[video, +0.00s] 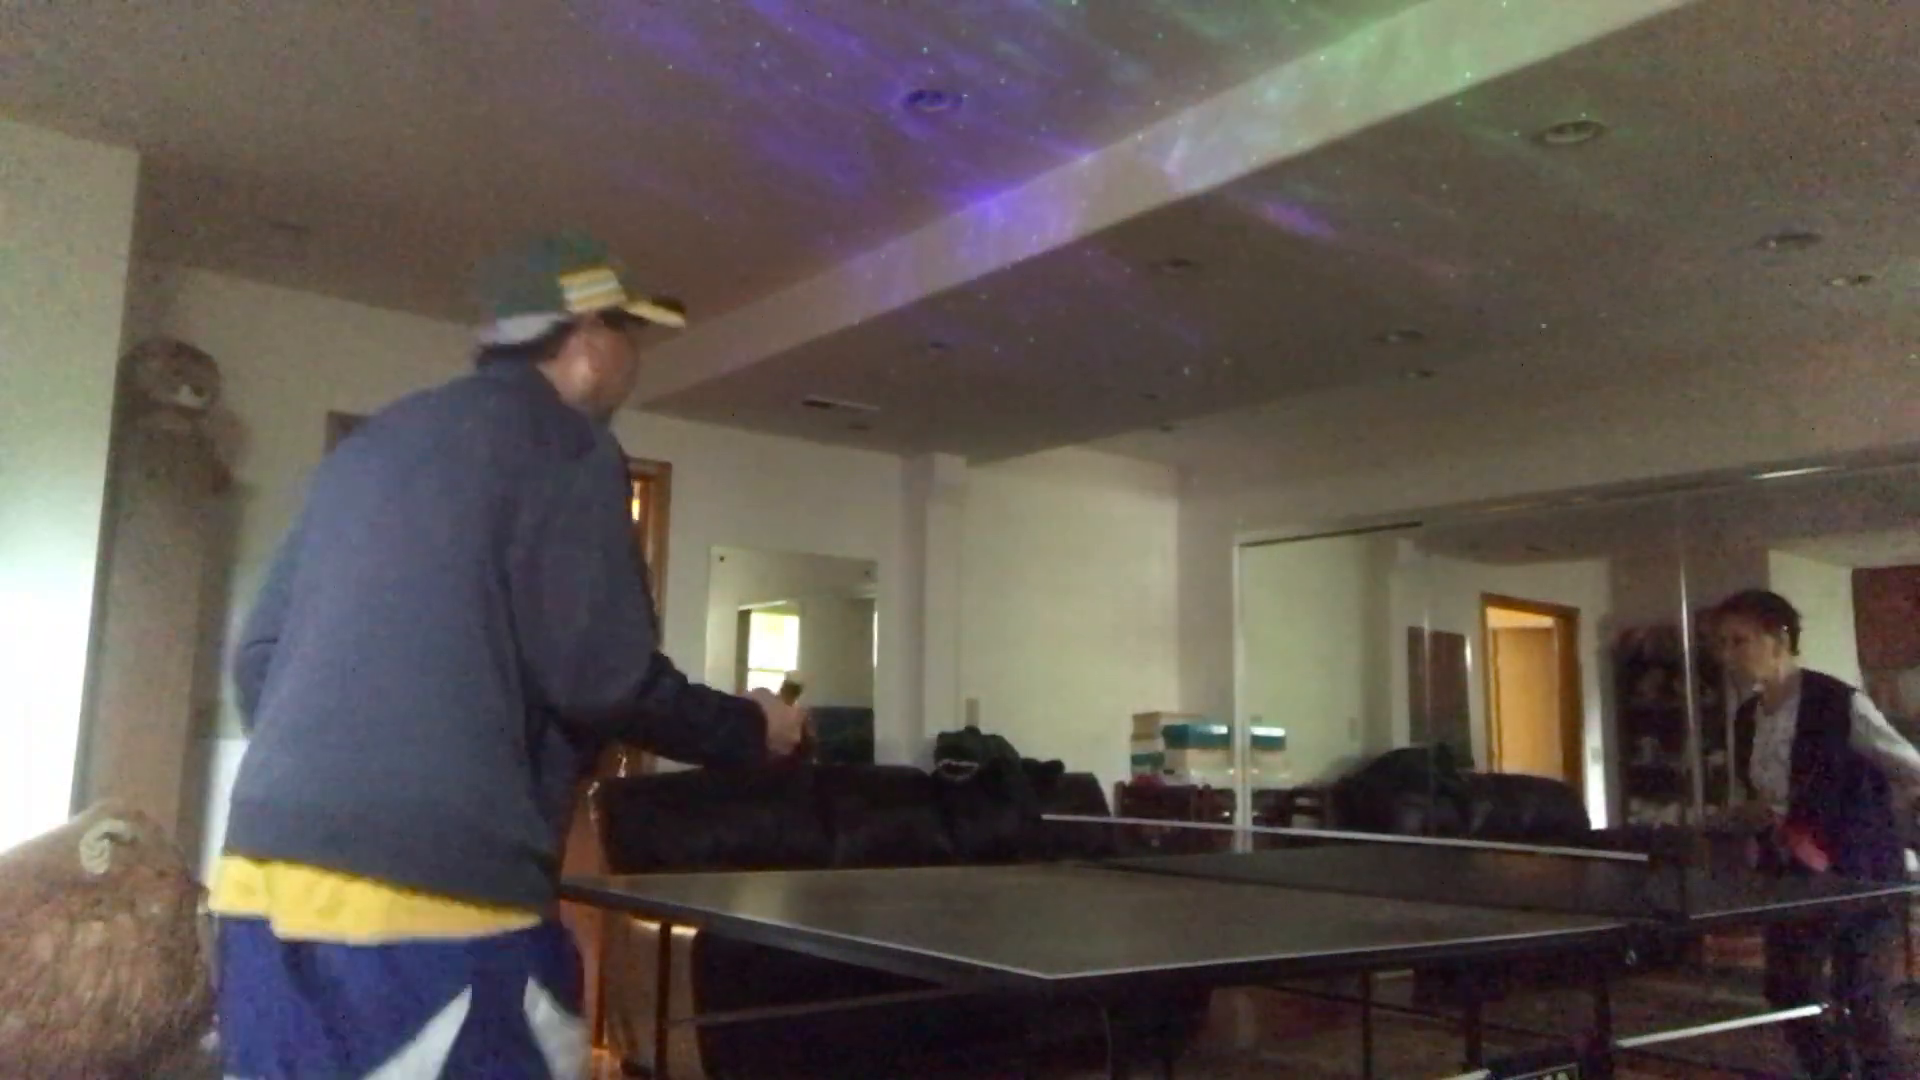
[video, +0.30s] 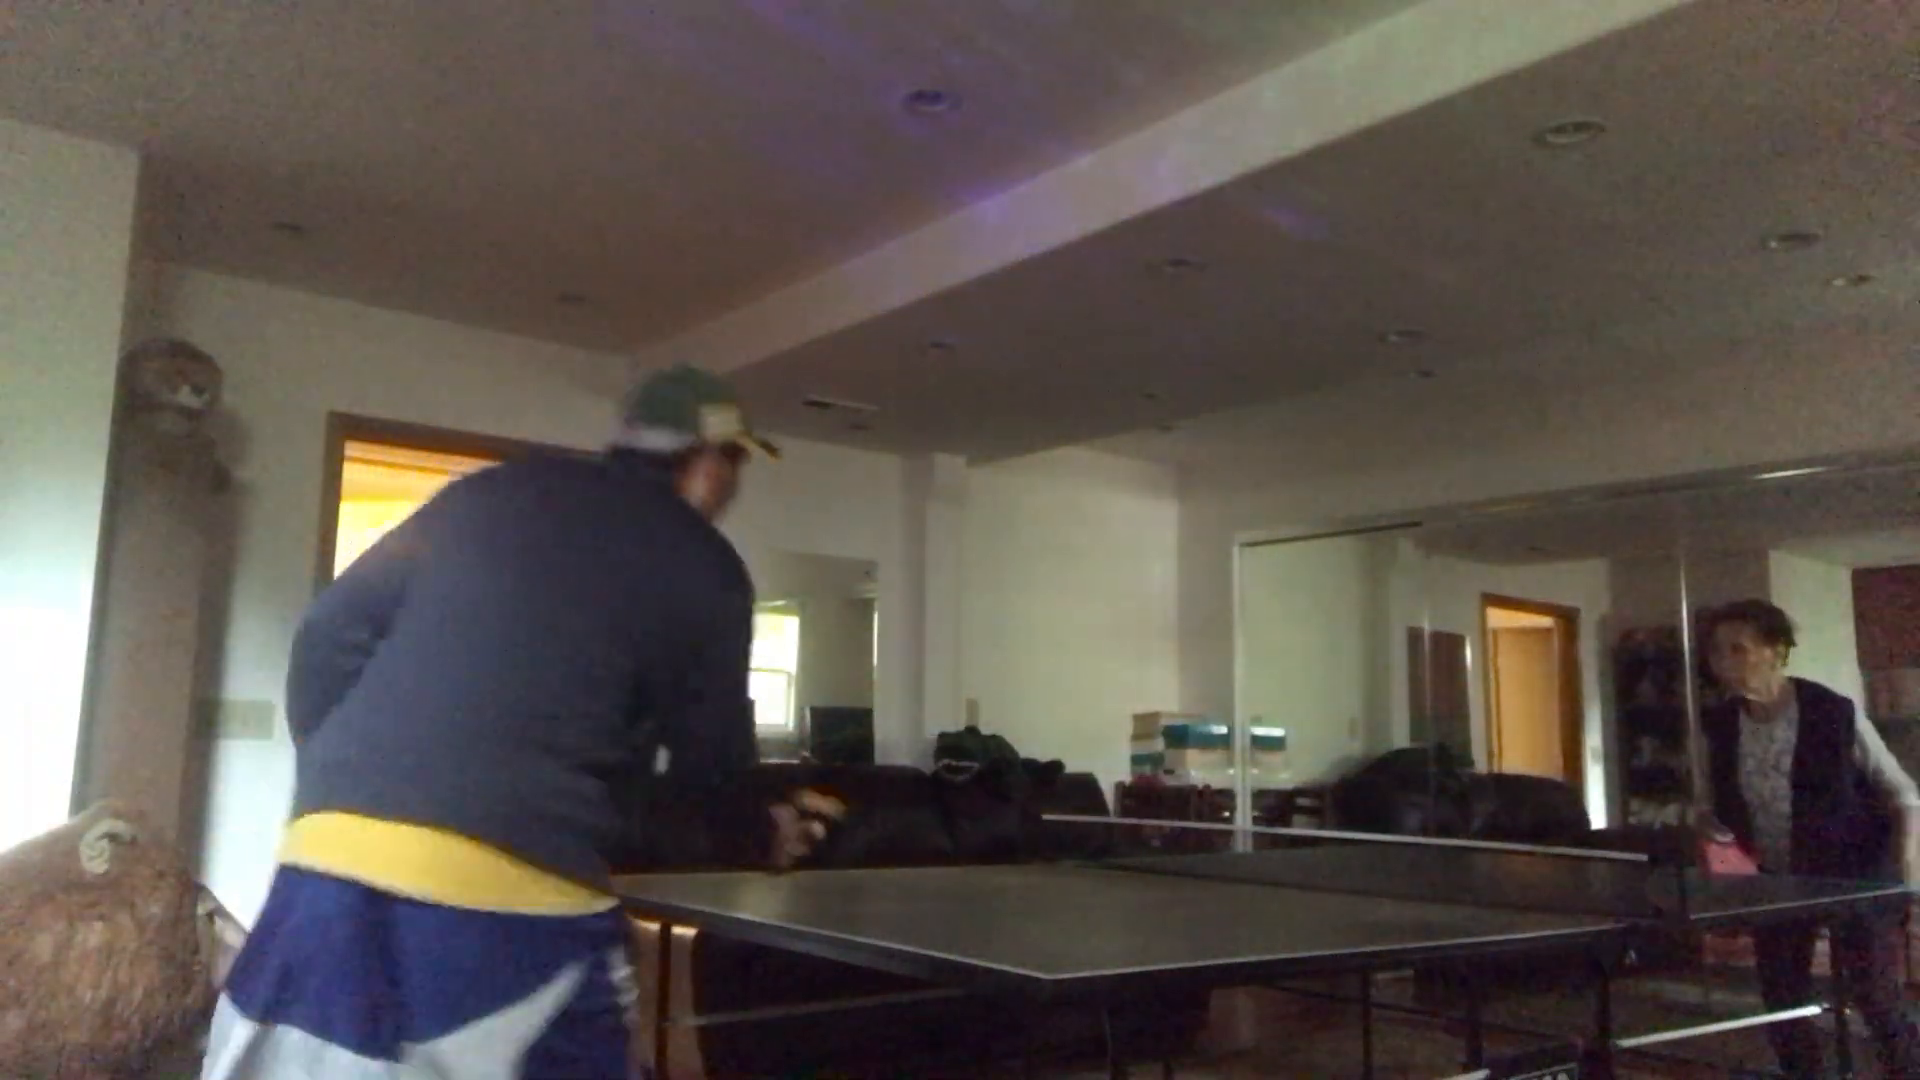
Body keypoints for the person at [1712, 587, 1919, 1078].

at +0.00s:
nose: (1728, 656)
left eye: (1739, 640)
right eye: (1724, 644)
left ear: (1780, 637)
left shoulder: (1838, 701)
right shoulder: (1745, 717)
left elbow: (1910, 768)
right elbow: (1749, 802)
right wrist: (1751, 817)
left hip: (1861, 875)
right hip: (1791, 878)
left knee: (1864, 1001)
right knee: (1787, 996)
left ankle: (1880, 1069)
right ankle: (1824, 1068)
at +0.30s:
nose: (1731, 662)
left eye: (1742, 648)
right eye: (1722, 651)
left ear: (1778, 652)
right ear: (1713, 662)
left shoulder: (1833, 713)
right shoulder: (1717, 725)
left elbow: (1905, 796)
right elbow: (1712, 811)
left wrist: (1906, 879)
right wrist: (1711, 833)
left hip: (1852, 876)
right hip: (1774, 881)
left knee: (1872, 994)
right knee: (1781, 1002)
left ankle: (1905, 1067)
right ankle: (1803, 1072)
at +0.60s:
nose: (1736, 663)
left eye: (1750, 649)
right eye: (1730, 651)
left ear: (1790, 653)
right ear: (1724, 660)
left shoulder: (1850, 717)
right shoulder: (1736, 727)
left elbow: (1907, 803)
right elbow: (1734, 810)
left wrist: (1902, 889)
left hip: (1859, 882)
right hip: (1780, 887)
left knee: (1902, 994)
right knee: (1786, 1012)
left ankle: (1917, 1059)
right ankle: (1805, 1072)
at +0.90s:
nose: (1698, 672)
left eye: (1708, 659)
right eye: (1696, 661)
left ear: (1747, 658)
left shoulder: (1811, 723)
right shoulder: (1712, 731)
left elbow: (1878, 812)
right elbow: (1710, 816)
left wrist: (1856, 893)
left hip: (1834, 881)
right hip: (1766, 885)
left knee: (1884, 988)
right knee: (1745, 987)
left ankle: (1909, 1060)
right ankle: (1752, 1070)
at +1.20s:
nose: (1661, 669)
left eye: (1669, 654)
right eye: (1659, 657)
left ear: (1708, 650)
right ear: (1703, 654)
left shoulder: (1772, 715)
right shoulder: (1699, 718)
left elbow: (1825, 810)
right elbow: (1710, 805)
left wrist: (1795, 892)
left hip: (1795, 866)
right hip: (1738, 872)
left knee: (1844, 982)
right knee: (1736, 983)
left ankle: (1896, 1060)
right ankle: (1750, 1068)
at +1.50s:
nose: (1695, 654)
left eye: (1705, 642)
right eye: (1694, 643)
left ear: (1742, 645)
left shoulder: (1796, 711)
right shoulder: (1692, 707)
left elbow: (1842, 808)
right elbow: (1625, 737)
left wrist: (1821, 888)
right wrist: (1562, 724)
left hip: (1808, 873)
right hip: (1738, 879)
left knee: (1858, 987)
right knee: (1745, 995)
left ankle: (1899, 1067)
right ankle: (1750, 1071)